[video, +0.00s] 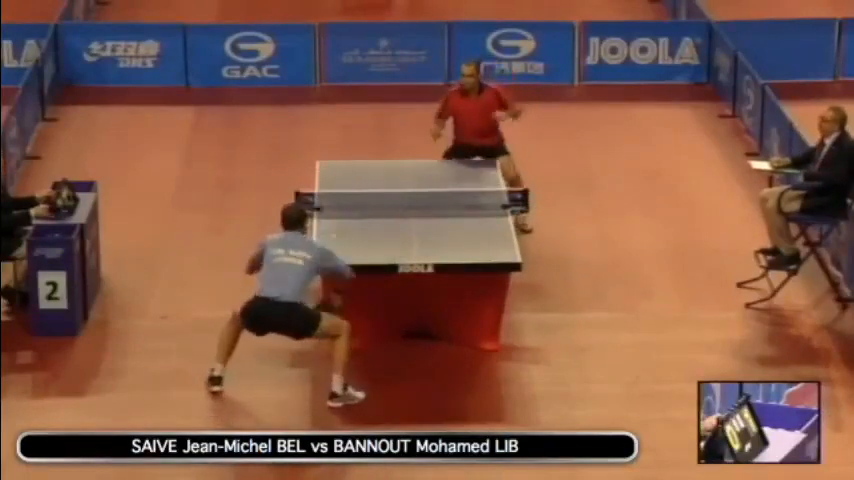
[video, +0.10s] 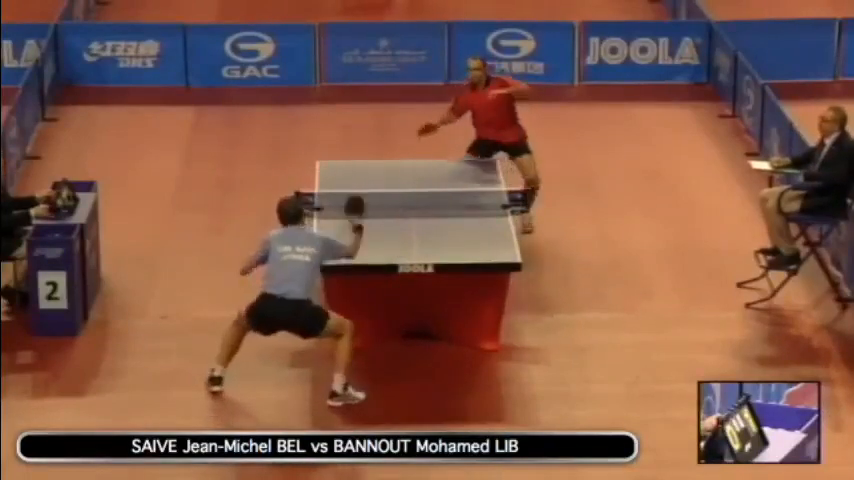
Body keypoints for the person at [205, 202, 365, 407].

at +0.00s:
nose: (307, 221)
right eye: (306, 219)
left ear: (282, 223)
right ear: (305, 223)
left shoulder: (270, 243)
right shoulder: (315, 249)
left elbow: (250, 269)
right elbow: (347, 274)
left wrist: (272, 253)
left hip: (260, 308)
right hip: (293, 313)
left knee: (236, 320)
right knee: (342, 328)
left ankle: (217, 372)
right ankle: (338, 389)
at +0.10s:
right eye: (302, 210)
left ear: (280, 218)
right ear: (302, 216)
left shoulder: (273, 240)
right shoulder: (317, 240)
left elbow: (245, 269)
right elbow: (350, 252)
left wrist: (261, 256)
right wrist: (358, 232)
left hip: (268, 306)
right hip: (300, 309)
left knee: (240, 324)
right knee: (345, 327)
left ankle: (217, 373)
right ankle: (339, 388)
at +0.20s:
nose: (303, 203)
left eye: (300, 201)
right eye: (301, 201)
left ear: (278, 208)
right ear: (299, 205)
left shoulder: (269, 230)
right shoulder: (315, 230)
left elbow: (246, 267)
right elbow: (350, 253)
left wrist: (245, 258)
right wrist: (369, 241)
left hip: (273, 298)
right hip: (305, 300)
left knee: (242, 327)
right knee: (344, 328)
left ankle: (217, 373)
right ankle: (339, 386)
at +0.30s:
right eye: (297, 194)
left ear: (276, 200)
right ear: (298, 198)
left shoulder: (264, 225)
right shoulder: (310, 225)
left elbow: (251, 261)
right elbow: (333, 262)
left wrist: (243, 277)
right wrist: (352, 268)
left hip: (269, 292)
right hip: (302, 293)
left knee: (242, 325)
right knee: (344, 325)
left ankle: (225, 379)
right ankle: (346, 384)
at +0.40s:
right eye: (299, 197)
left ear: (276, 203)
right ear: (298, 201)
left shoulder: (263, 229)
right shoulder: (308, 231)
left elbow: (248, 265)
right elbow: (323, 269)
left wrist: (243, 279)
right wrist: (341, 276)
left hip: (267, 298)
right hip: (300, 299)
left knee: (245, 332)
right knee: (343, 332)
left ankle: (225, 383)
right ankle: (345, 390)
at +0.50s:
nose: (304, 203)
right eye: (304, 199)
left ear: (282, 204)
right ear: (304, 202)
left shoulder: (270, 229)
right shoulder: (314, 231)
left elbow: (246, 259)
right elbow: (331, 269)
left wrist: (263, 262)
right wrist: (344, 272)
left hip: (272, 301)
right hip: (305, 303)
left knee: (251, 334)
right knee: (350, 335)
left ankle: (225, 384)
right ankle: (348, 397)